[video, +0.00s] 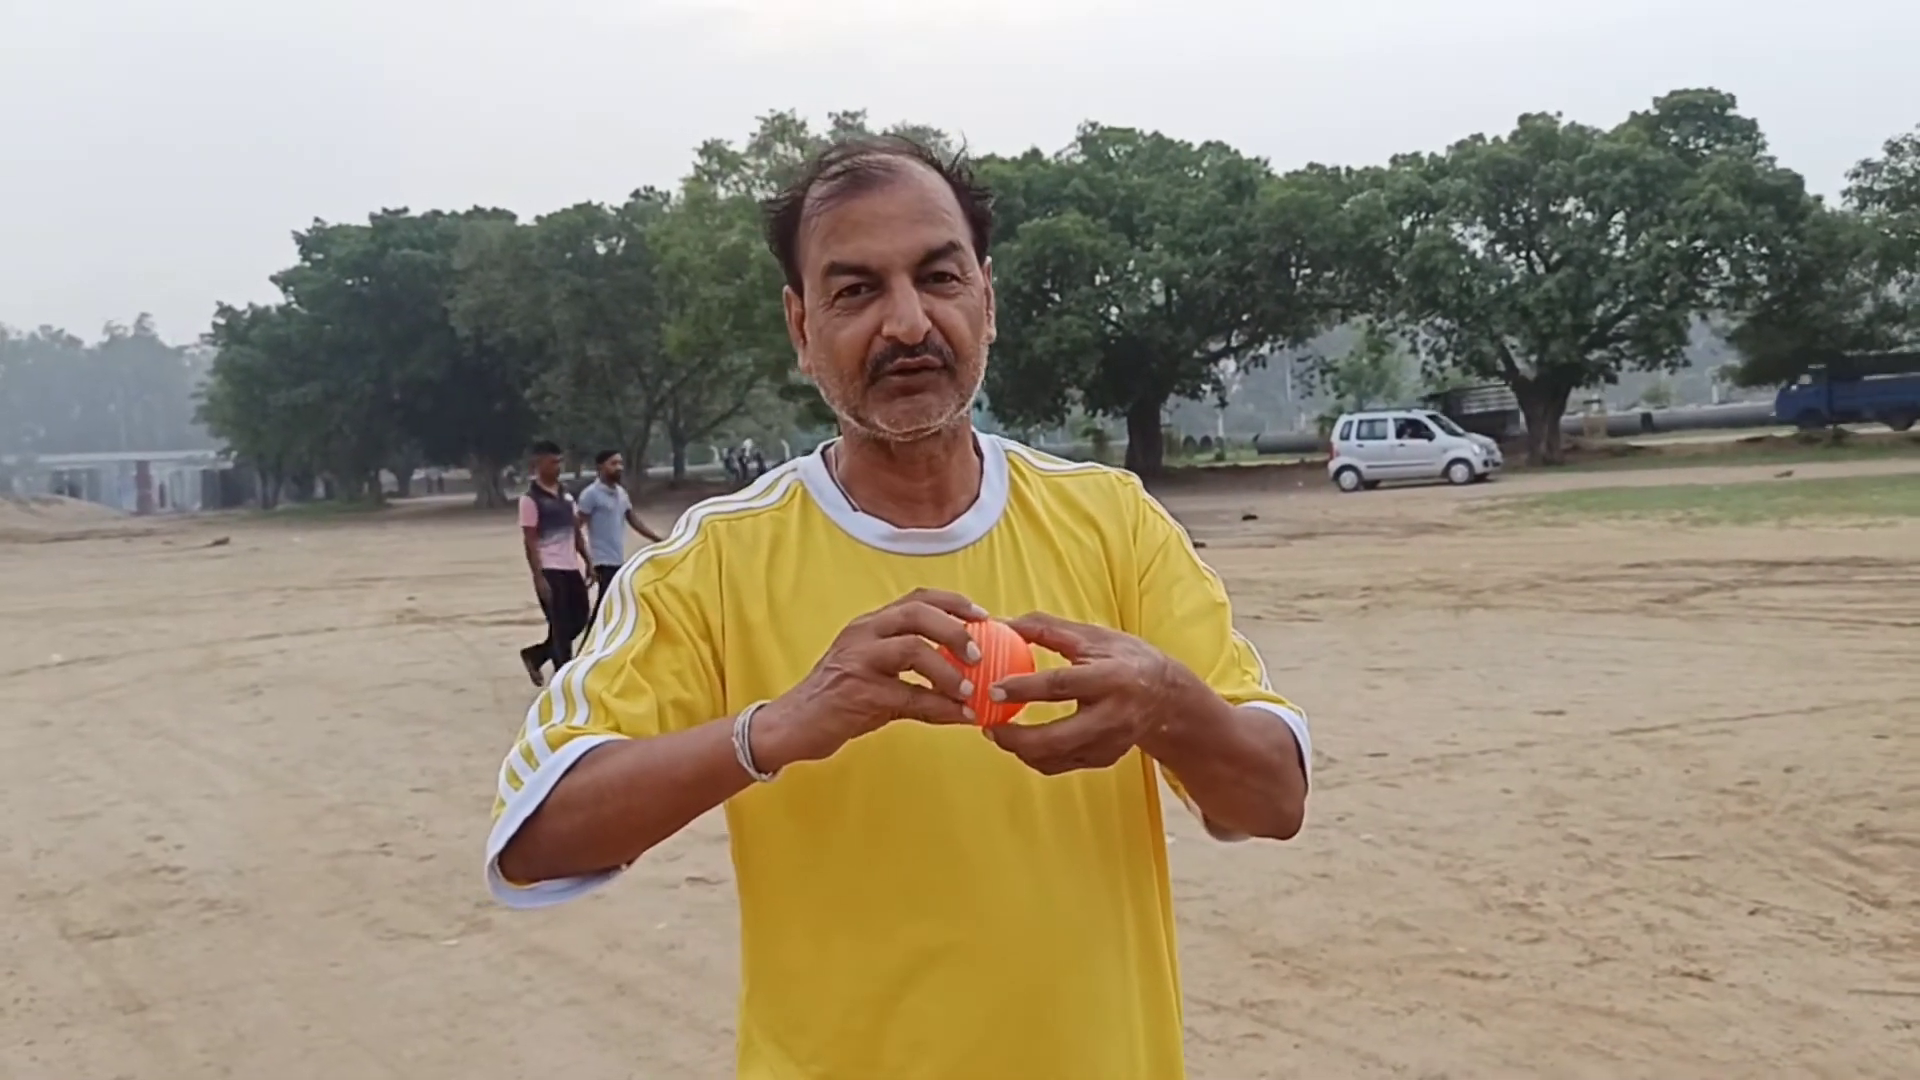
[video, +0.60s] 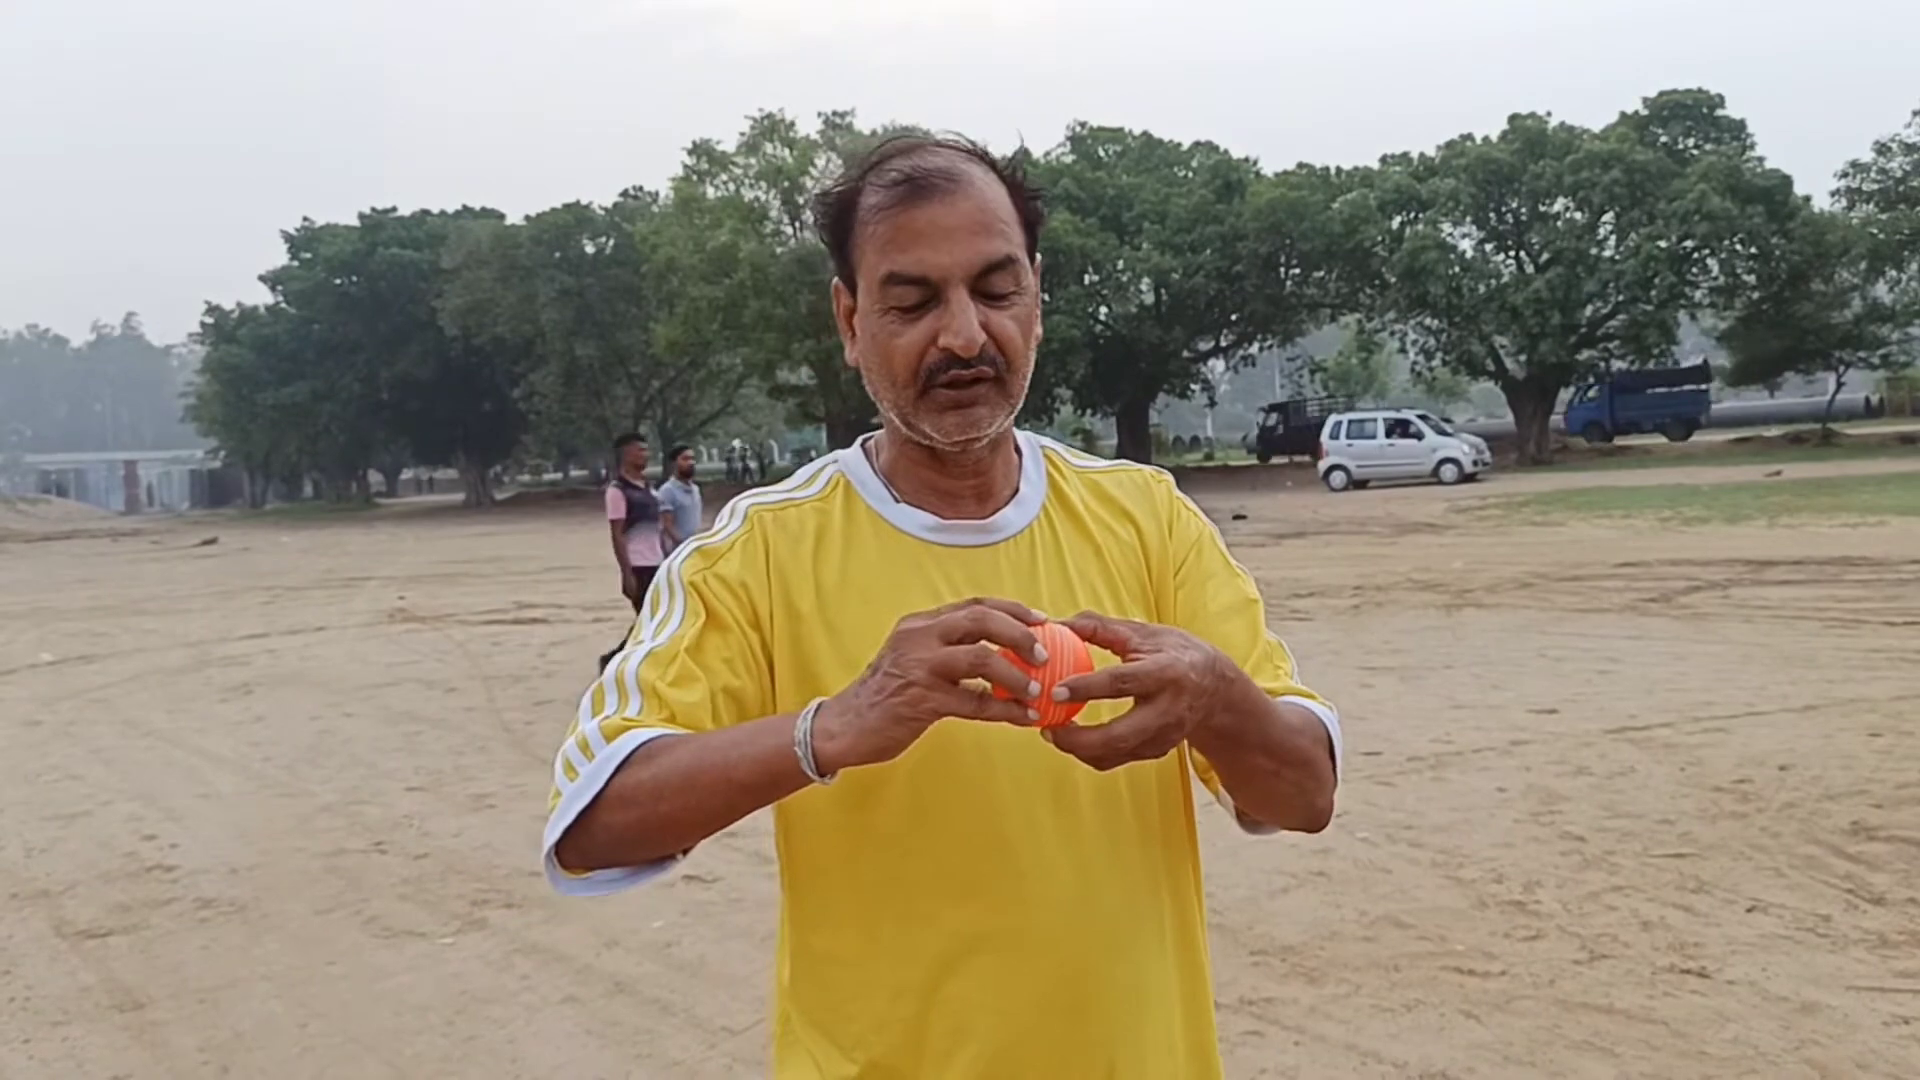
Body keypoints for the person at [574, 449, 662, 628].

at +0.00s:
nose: (619, 467)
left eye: (621, 463)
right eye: (614, 463)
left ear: (622, 466)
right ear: (601, 467)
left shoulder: (620, 492)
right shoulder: (590, 494)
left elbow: (633, 520)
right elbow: (577, 528)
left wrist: (656, 539)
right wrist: (587, 561)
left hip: (617, 559)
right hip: (601, 561)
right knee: (607, 608)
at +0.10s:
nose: (626, 468)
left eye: (628, 464)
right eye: (621, 464)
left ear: (630, 466)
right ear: (609, 467)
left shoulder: (629, 493)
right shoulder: (599, 496)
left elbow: (639, 521)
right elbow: (586, 530)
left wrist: (661, 541)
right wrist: (589, 564)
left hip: (631, 557)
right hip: (612, 561)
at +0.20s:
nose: (634, 465)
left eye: (636, 460)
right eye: (628, 460)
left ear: (638, 463)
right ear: (616, 465)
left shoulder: (637, 489)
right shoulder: (608, 493)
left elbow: (646, 522)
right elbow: (600, 529)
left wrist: (662, 543)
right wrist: (604, 563)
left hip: (640, 555)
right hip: (622, 558)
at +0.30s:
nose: (645, 460)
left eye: (647, 456)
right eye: (640, 456)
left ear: (650, 458)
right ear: (627, 460)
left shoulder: (648, 485)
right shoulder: (619, 488)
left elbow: (650, 517)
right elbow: (616, 525)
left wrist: (663, 542)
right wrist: (626, 555)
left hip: (651, 553)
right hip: (632, 556)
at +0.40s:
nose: (659, 459)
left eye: (661, 454)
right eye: (654, 454)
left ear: (664, 457)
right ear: (642, 458)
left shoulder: (663, 484)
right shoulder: (633, 486)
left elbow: (663, 513)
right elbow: (631, 520)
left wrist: (666, 538)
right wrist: (648, 543)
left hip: (663, 548)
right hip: (643, 553)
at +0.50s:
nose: (674, 461)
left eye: (676, 457)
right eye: (669, 457)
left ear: (679, 459)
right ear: (656, 461)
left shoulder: (679, 486)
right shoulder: (649, 489)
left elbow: (678, 515)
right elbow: (649, 522)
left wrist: (682, 538)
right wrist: (669, 542)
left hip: (678, 547)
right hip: (659, 552)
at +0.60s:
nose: (691, 463)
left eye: (692, 459)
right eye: (685, 459)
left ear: (695, 460)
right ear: (674, 463)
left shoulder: (695, 489)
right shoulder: (666, 491)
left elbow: (695, 518)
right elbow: (667, 525)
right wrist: (682, 544)